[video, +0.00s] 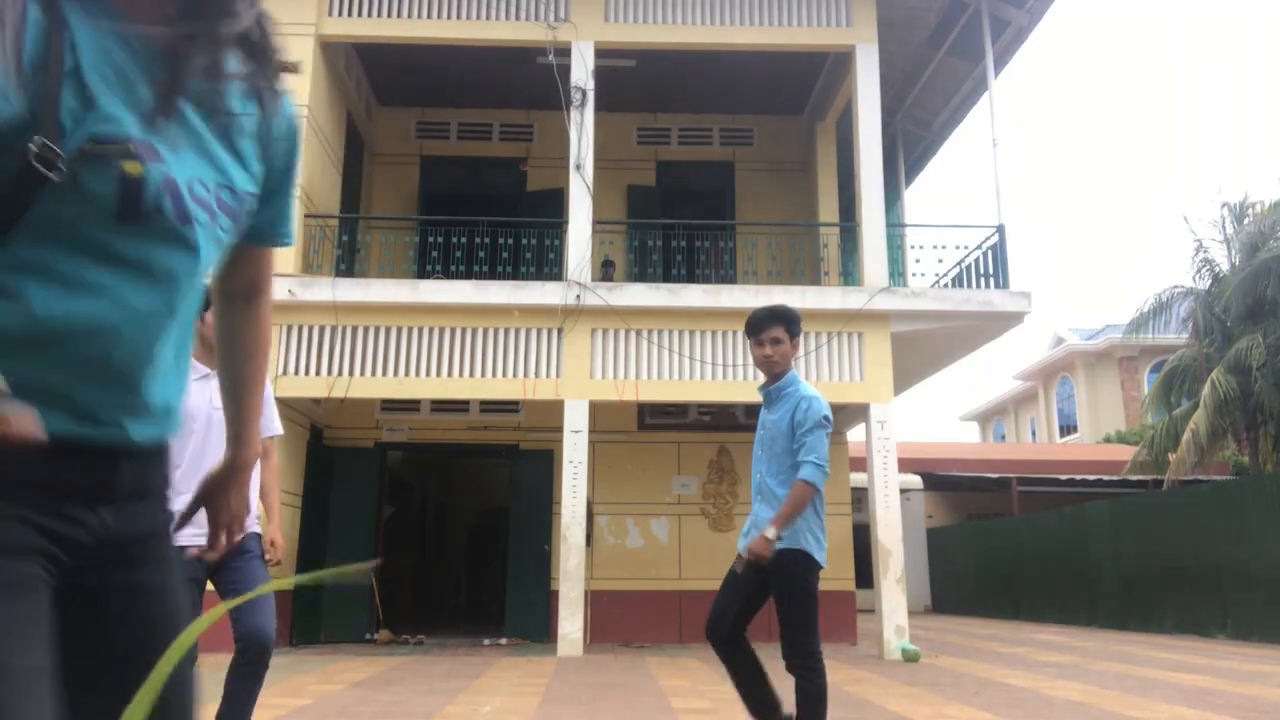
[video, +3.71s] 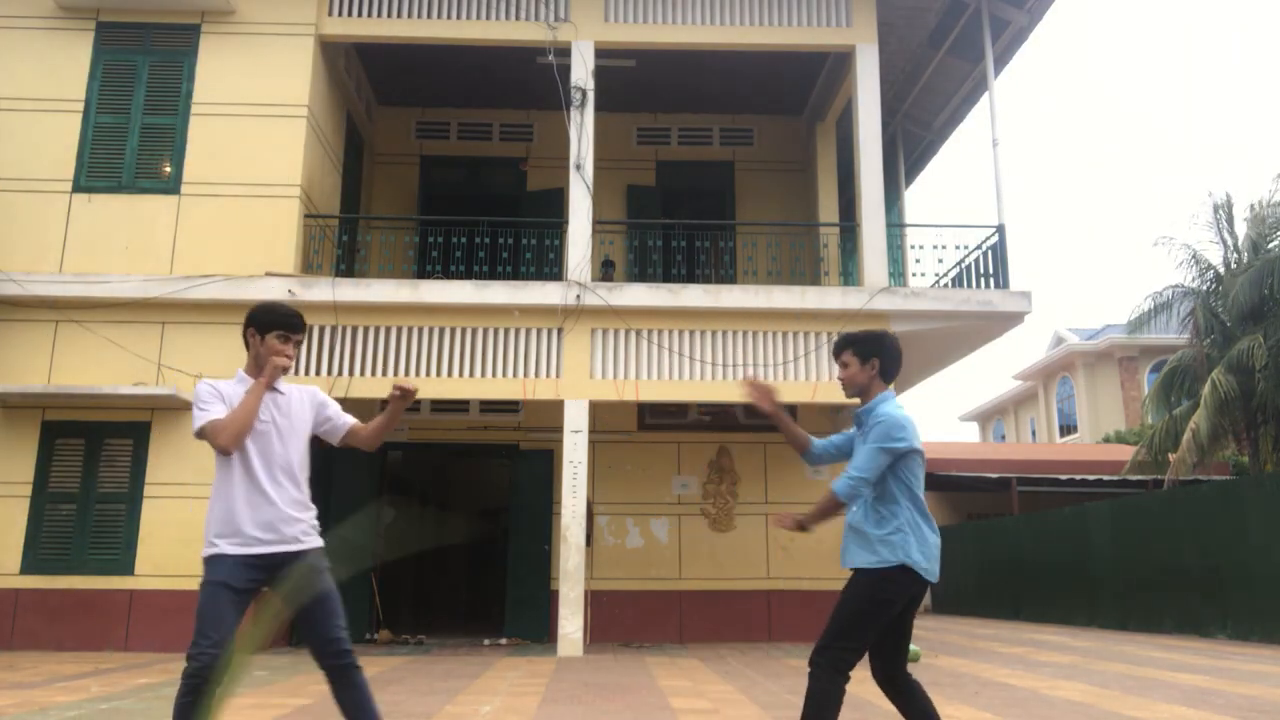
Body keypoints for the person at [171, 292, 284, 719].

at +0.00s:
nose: (232, 323)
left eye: (238, 314)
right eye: (221, 312)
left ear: (247, 324)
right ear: (199, 318)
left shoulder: (253, 379)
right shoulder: (168, 378)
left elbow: (267, 455)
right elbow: (143, 453)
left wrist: (272, 522)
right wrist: (149, 521)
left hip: (240, 537)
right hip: (178, 541)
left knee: (259, 637)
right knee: (176, 653)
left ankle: (232, 718)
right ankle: (171, 716)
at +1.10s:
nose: (298, 329)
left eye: (301, 322)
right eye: (291, 319)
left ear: (295, 329)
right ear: (259, 320)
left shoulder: (303, 390)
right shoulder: (215, 377)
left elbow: (305, 455)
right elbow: (176, 450)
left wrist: (313, 505)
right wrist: (193, 517)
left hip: (281, 546)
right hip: (223, 544)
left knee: (278, 657)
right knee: (202, 658)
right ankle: (181, 719)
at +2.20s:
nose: (277, 329)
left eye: (280, 322)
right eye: (269, 319)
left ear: (277, 327)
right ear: (237, 320)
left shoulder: (288, 386)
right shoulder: (194, 382)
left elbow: (298, 451)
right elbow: (169, 459)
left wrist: (292, 475)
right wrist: (240, 469)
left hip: (276, 542)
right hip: (214, 542)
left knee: (278, 657)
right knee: (197, 656)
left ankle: (284, 719)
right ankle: (180, 719)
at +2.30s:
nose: (274, 332)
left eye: (278, 325)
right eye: (266, 321)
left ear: (277, 330)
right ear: (234, 320)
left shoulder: (287, 385)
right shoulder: (192, 382)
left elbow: (304, 456)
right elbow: (175, 458)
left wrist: (289, 438)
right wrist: (246, 441)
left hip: (277, 541)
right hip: (214, 540)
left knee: (278, 657)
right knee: (197, 656)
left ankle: (284, 719)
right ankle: (180, 719)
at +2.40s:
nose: (270, 335)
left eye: (275, 327)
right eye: (262, 323)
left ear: (278, 333)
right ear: (232, 320)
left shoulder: (278, 388)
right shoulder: (192, 378)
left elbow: (313, 451)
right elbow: (194, 444)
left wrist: (304, 399)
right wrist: (252, 396)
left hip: (276, 540)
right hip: (214, 540)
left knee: (278, 658)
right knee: (197, 656)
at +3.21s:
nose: (270, 339)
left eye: (276, 333)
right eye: (262, 328)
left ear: (281, 338)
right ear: (234, 324)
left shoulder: (287, 386)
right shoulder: (193, 379)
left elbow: (344, 421)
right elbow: (208, 431)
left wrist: (375, 393)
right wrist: (241, 369)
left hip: (280, 538)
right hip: (217, 538)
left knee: (282, 655)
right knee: (198, 654)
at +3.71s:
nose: (290, 350)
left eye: (295, 344)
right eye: (282, 340)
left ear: (299, 347)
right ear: (253, 337)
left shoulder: (308, 398)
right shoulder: (213, 391)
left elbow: (366, 438)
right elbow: (225, 440)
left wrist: (395, 409)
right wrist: (262, 381)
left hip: (300, 549)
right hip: (233, 551)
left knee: (337, 655)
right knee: (204, 663)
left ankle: (369, 719)